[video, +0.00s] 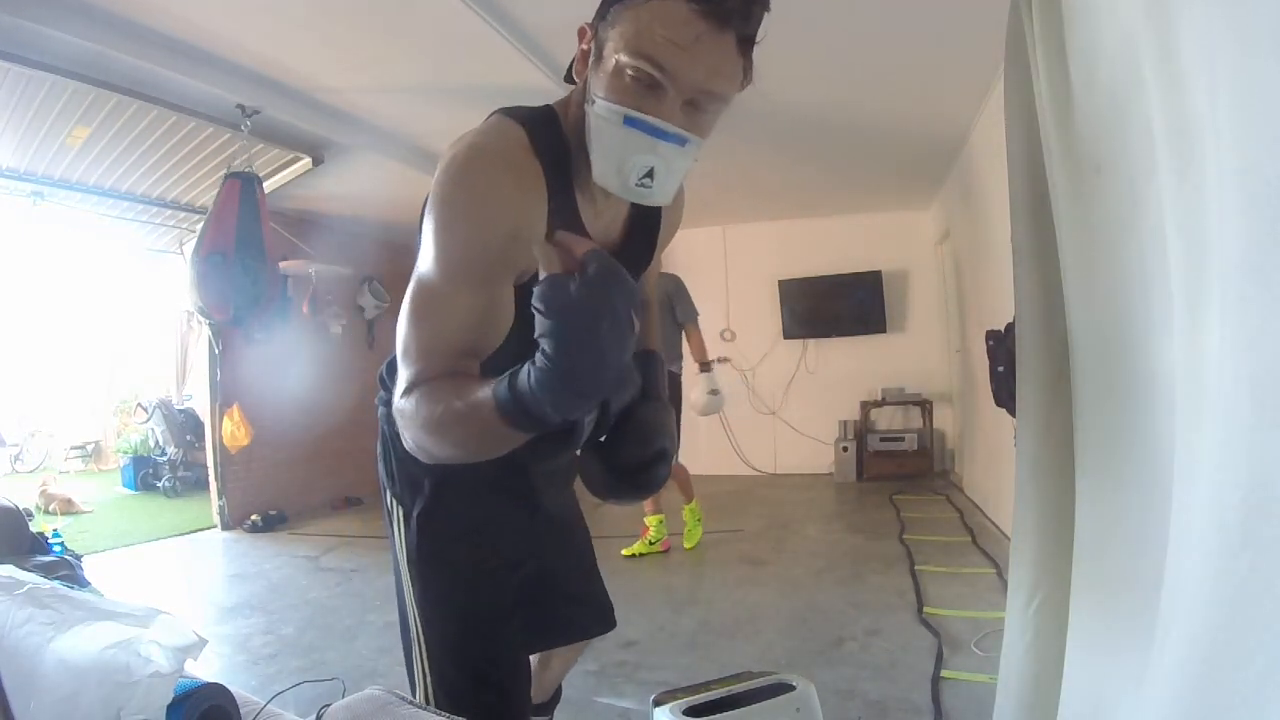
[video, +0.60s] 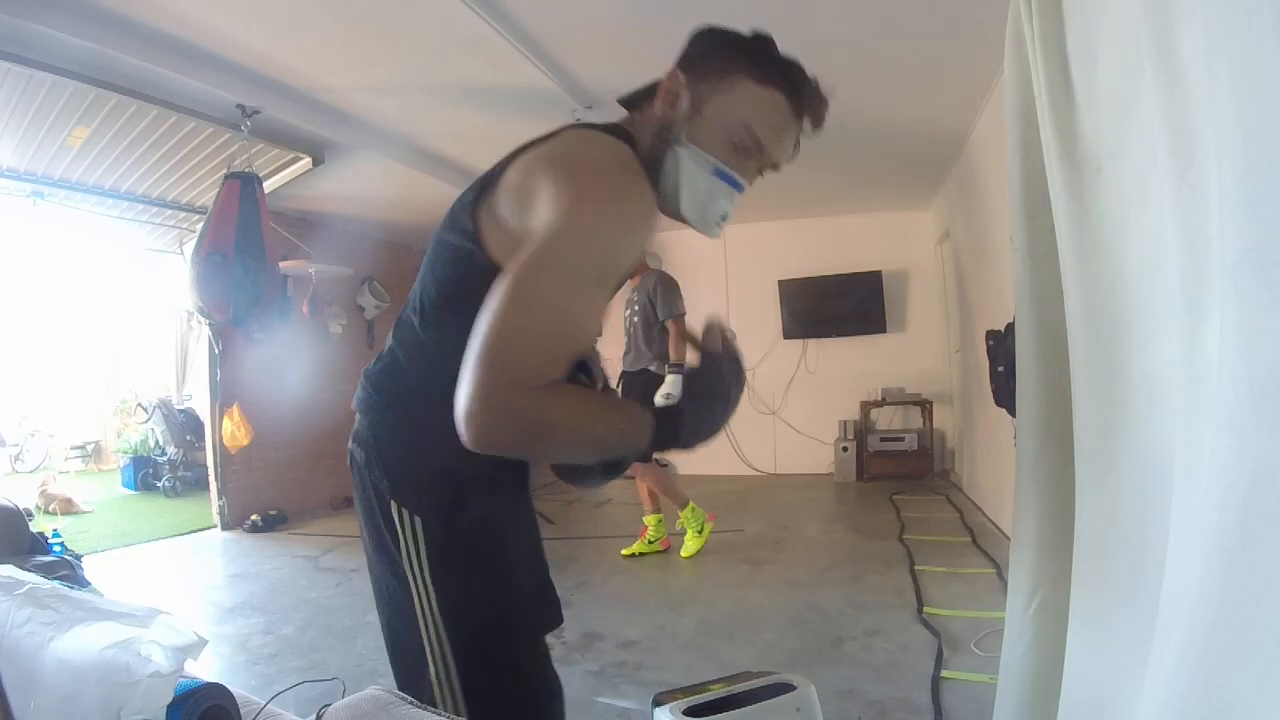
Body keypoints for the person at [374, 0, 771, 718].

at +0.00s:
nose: (666, 124)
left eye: (702, 102)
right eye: (643, 78)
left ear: (732, 99)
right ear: (585, 55)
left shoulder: (661, 195)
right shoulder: (492, 166)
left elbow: (635, 317)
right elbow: (424, 421)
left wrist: (640, 413)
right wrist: (548, 390)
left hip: (546, 444)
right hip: (449, 451)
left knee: (567, 623)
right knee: (482, 691)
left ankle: (532, 709)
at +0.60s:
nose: (743, 180)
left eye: (763, 170)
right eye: (741, 145)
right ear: (675, 95)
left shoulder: (610, 177)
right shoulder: (601, 185)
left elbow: (562, 346)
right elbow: (492, 413)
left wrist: (599, 438)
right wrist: (665, 422)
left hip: (466, 453)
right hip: (431, 459)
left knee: (514, 681)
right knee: (503, 701)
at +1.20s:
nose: (703, 161)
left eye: (725, 146)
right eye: (696, 124)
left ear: (738, 147)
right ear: (630, 80)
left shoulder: (618, 196)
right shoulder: (521, 169)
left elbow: (581, 311)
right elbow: (447, 404)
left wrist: (604, 414)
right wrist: (644, 397)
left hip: (502, 441)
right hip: (425, 449)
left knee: (537, 639)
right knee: (487, 699)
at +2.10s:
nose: (622, 102)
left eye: (667, 80)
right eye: (600, 53)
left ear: (707, 84)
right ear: (553, 34)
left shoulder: (656, 194)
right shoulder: (453, 171)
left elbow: (640, 302)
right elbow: (368, 421)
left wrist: (641, 385)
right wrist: (547, 472)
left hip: (535, 456)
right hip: (431, 469)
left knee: (529, 678)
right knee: (472, 703)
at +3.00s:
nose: (672, 105)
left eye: (707, 78)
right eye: (646, 58)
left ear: (728, 73)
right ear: (560, 28)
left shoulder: (669, 187)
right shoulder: (442, 165)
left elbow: (659, 300)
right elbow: (367, 405)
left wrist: (660, 407)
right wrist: (435, 437)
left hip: (545, 458)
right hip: (434, 471)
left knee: (527, 683)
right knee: (468, 704)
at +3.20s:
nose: (713, 120)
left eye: (736, 87)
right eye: (689, 77)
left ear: (751, 73)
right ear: (584, 40)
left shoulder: (664, 188)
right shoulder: (446, 161)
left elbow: (653, 301)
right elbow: (391, 453)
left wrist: (654, 415)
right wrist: (454, 359)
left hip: (537, 450)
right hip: (431, 459)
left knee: (522, 688)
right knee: (469, 705)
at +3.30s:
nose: (703, 120)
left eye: (728, 89)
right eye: (681, 79)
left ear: (747, 71)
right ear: (577, 38)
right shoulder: (449, 160)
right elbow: (384, 444)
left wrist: (625, 456)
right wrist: (551, 368)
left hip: (533, 473)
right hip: (431, 483)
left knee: (519, 686)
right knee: (464, 704)